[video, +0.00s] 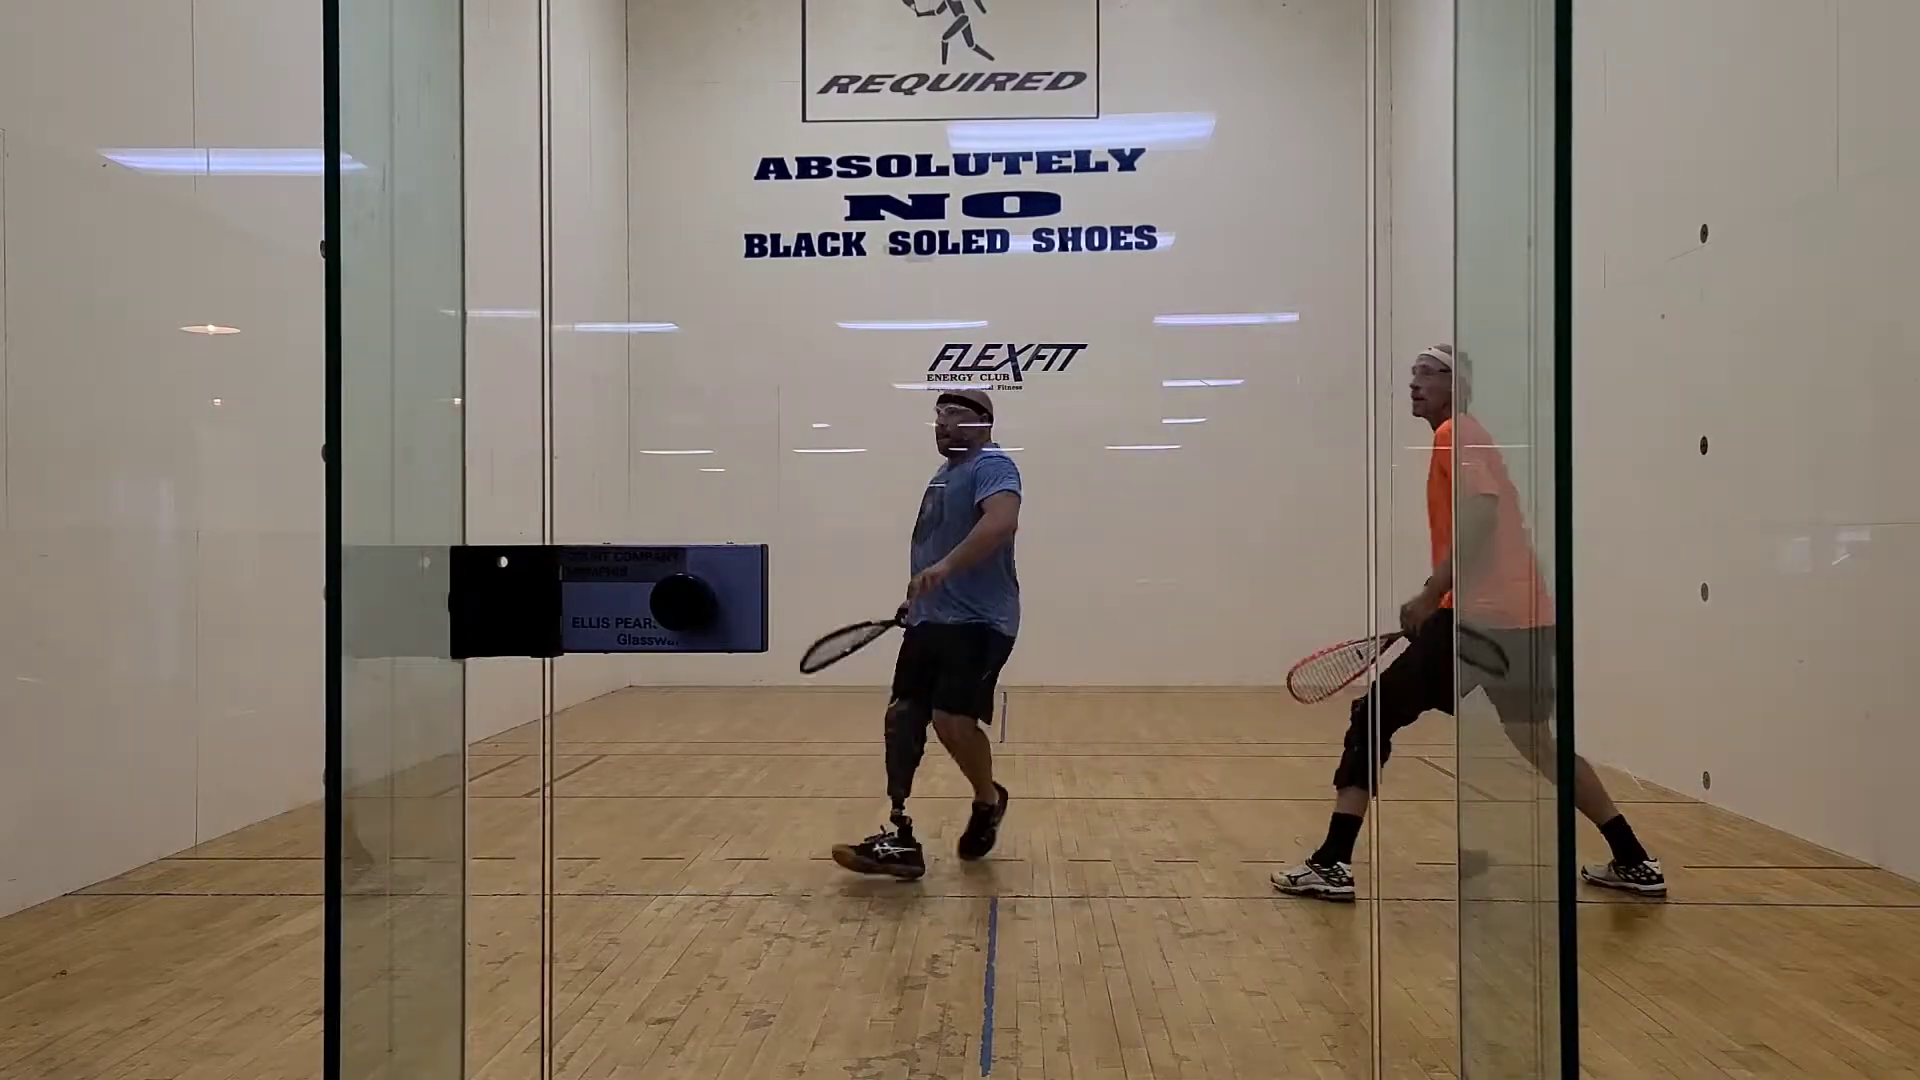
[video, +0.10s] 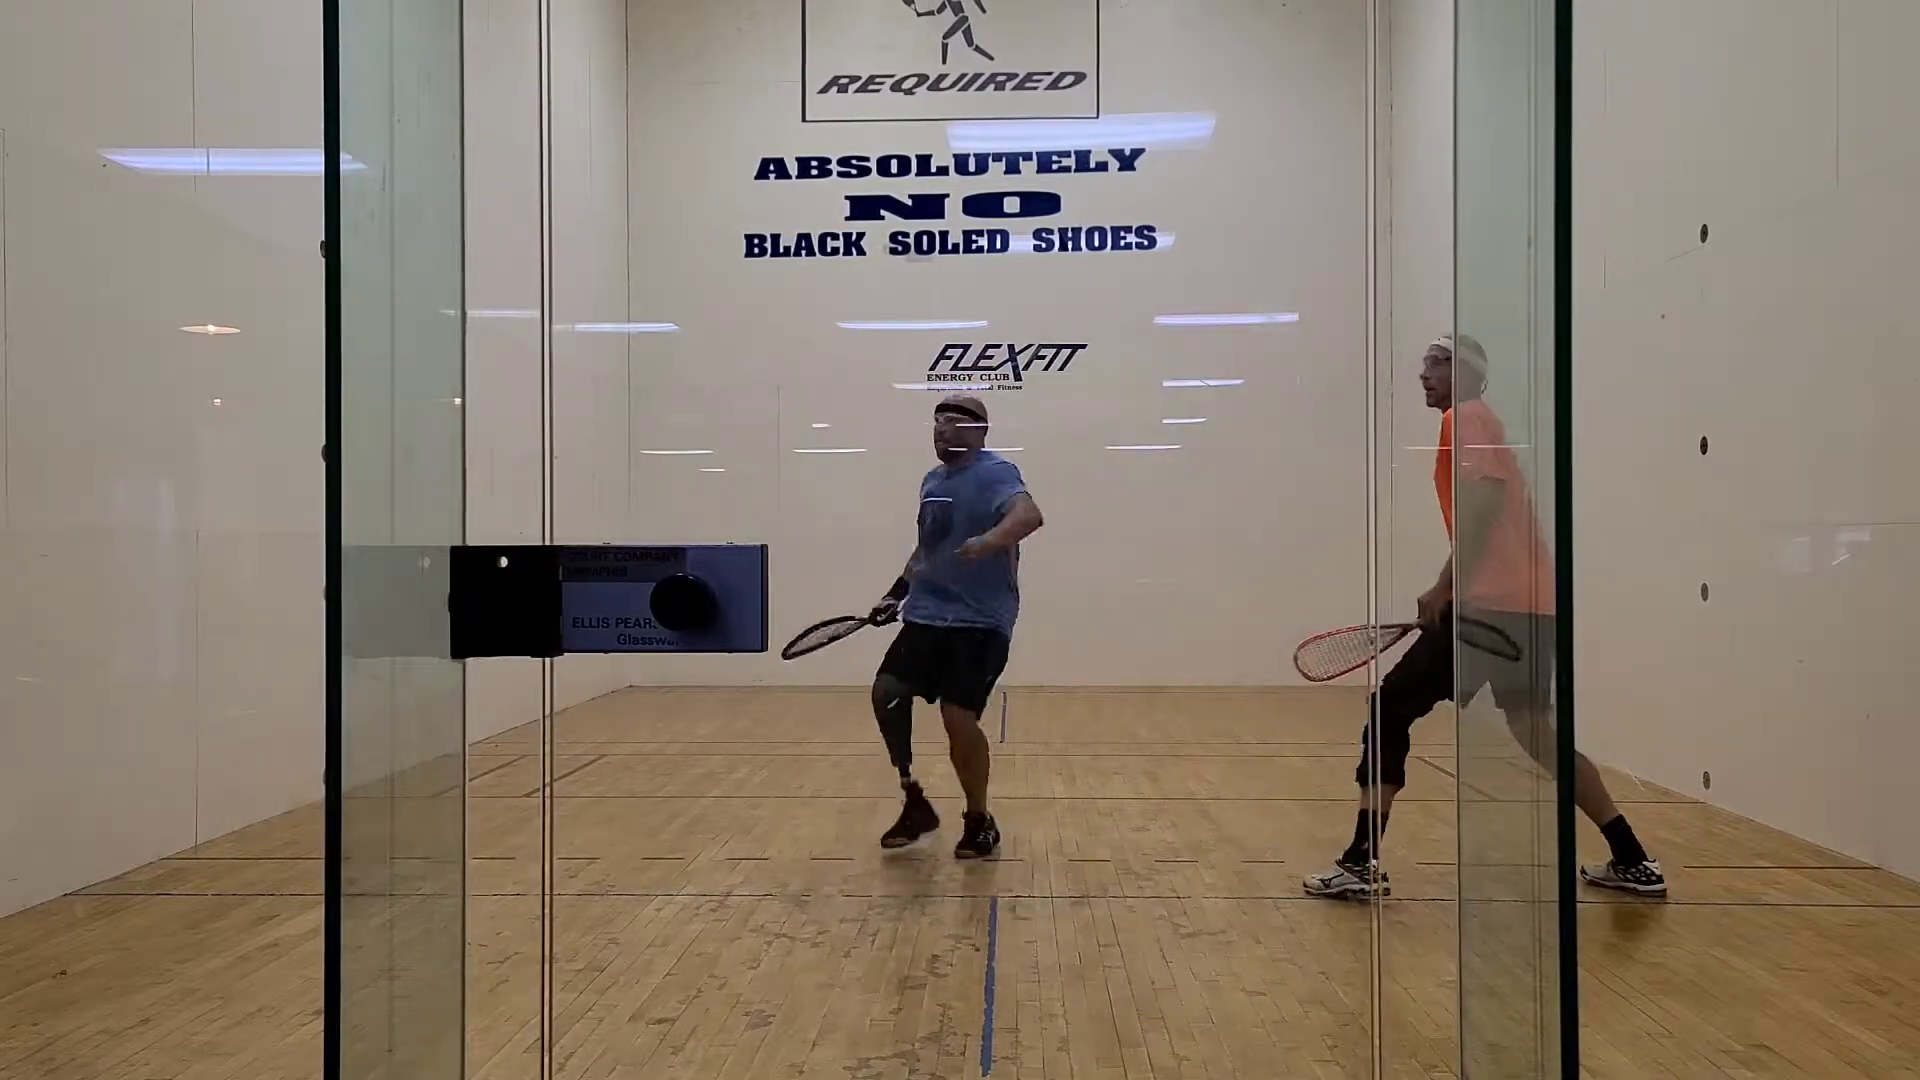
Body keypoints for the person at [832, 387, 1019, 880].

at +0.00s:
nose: (945, 422)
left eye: (958, 415)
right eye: (941, 415)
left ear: (983, 426)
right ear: (936, 424)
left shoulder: (992, 465)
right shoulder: (941, 479)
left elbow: (1001, 522)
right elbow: (935, 549)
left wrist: (944, 567)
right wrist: (914, 598)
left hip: (980, 619)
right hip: (932, 619)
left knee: (952, 719)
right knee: (902, 717)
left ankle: (988, 799)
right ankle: (899, 830)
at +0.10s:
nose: (948, 428)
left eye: (960, 421)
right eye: (942, 420)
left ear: (982, 432)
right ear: (934, 429)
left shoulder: (997, 473)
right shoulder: (933, 482)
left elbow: (1028, 514)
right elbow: (926, 548)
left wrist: (991, 540)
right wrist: (896, 594)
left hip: (982, 621)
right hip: (929, 616)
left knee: (958, 713)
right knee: (887, 696)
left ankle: (979, 820)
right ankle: (915, 803)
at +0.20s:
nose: (940, 428)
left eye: (950, 420)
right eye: (933, 421)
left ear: (971, 426)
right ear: (926, 429)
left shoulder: (1001, 466)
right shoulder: (917, 478)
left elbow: (1063, 502)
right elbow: (906, 537)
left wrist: (1050, 542)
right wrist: (883, 586)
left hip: (987, 608)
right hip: (927, 609)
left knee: (988, 702)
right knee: (893, 704)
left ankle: (988, 813)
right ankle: (912, 752)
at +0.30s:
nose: (935, 436)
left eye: (945, 428)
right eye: (931, 429)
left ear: (968, 437)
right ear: (926, 438)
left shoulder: (1000, 481)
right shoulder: (914, 488)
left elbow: (1060, 517)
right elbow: (897, 544)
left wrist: (1068, 573)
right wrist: (881, 589)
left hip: (985, 606)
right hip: (929, 610)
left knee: (995, 682)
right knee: (914, 695)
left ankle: (1011, 785)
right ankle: (902, 772)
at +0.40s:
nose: (951, 438)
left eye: (959, 431)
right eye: (944, 431)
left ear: (978, 436)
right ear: (935, 438)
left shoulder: (1005, 478)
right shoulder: (929, 482)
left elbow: (1053, 521)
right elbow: (916, 537)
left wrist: (1051, 577)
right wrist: (899, 576)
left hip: (992, 610)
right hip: (937, 609)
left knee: (1001, 700)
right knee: (917, 688)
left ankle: (1008, 747)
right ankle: (901, 771)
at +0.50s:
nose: (959, 450)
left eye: (966, 442)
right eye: (954, 444)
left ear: (988, 440)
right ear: (950, 445)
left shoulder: (1020, 477)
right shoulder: (945, 480)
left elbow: (1061, 522)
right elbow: (930, 528)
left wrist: (1041, 571)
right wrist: (917, 566)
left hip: (1001, 600)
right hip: (951, 597)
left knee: (993, 684)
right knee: (934, 673)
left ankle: (1000, 755)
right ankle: (913, 757)